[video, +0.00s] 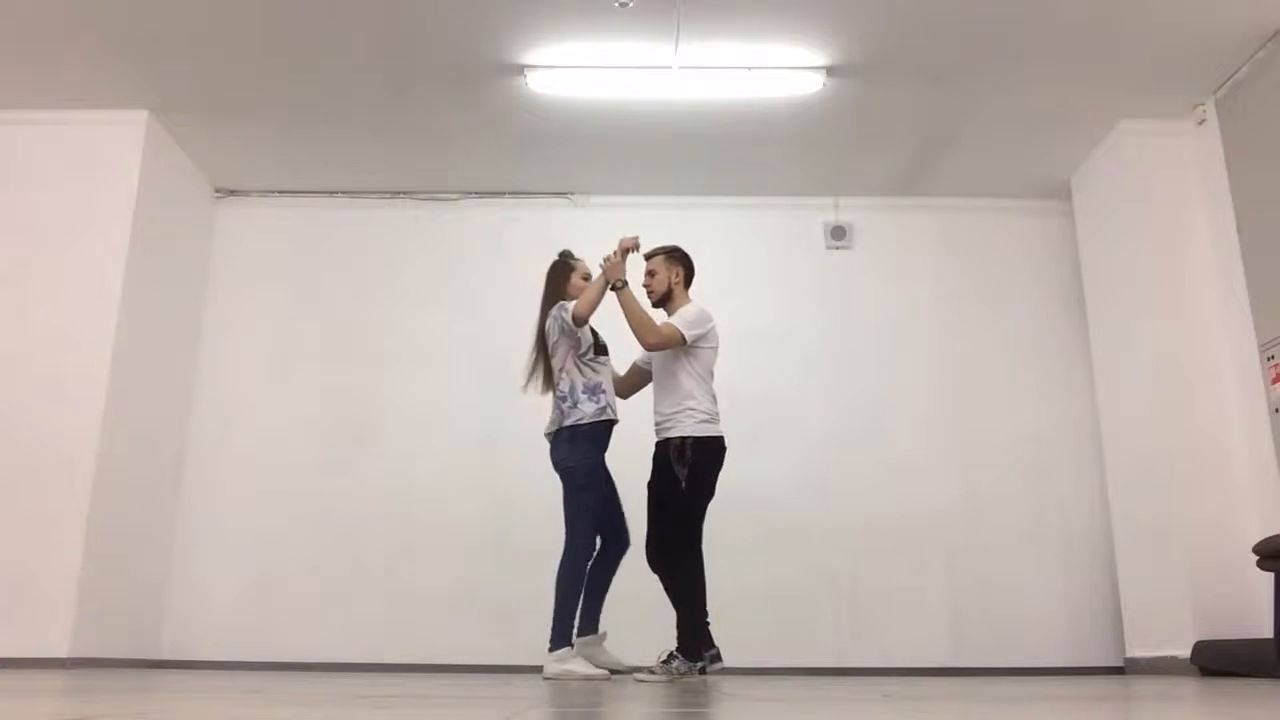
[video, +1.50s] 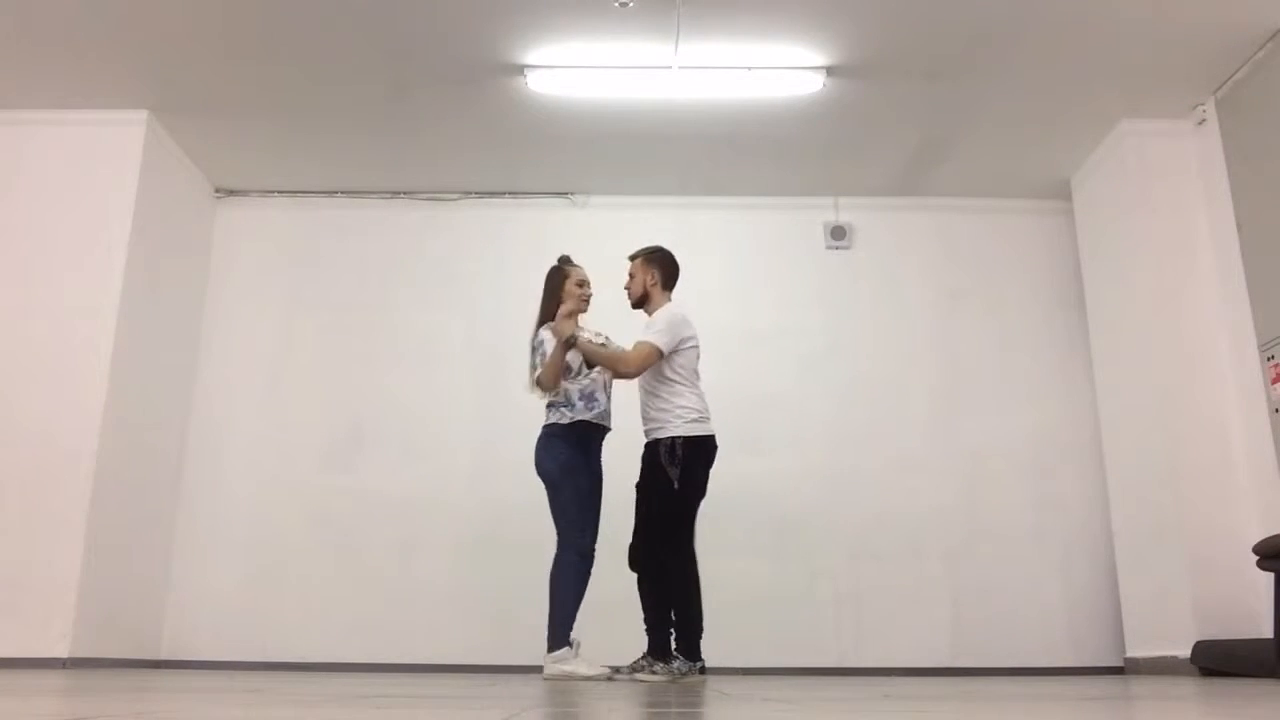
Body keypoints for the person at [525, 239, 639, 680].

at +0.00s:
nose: (592, 282)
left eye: (591, 277)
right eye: (583, 276)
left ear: (582, 284)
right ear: (562, 283)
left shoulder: (586, 333)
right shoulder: (559, 317)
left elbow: (621, 387)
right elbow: (582, 311)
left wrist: (661, 356)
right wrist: (612, 267)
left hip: (589, 440)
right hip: (576, 440)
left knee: (616, 540)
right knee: (579, 544)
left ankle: (587, 640)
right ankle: (559, 652)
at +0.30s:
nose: (597, 282)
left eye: (597, 276)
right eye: (588, 277)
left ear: (585, 281)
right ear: (566, 282)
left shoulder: (583, 320)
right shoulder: (570, 312)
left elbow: (613, 390)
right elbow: (601, 296)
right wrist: (633, 254)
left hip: (591, 432)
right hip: (579, 434)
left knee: (612, 538)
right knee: (599, 541)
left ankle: (579, 638)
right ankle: (563, 650)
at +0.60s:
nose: (602, 282)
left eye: (601, 275)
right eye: (594, 275)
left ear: (587, 281)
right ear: (574, 278)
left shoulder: (582, 317)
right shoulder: (575, 312)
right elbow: (614, 288)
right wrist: (648, 246)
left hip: (578, 441)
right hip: (572, 442)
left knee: (592, 543)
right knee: (595, 542)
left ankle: (566, 645)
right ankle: (562, 649)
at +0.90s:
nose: (605, 280)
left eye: (603, 275)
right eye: (598, 274)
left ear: (577, 279)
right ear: (582, 278)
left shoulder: (582, 319)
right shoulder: (579, 309)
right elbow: (616, 286)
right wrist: (644, 244)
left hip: (571, 442)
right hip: (581, 442)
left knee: (569, 545)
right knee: (594, 549)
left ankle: (515, 635)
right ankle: (563, 651)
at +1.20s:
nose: (600, 285)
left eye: (600, 280)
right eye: (592, 278)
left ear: (578, 286)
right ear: (575, 283)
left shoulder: (592, 338)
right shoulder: (565, 320)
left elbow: (625, 390)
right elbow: (596, 309)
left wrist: (664, 360)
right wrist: (614, 266)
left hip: (579, 446)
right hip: (571, 445)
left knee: (592, 546)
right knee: (596, 546)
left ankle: (535, 623)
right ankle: (563, 652)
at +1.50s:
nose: (587, 291)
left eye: (588, 286)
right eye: (579, 285)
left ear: (585, 293)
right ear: (559, 290)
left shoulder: (589, 336)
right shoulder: (546, 333)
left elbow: (621, 367)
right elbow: (547, 383)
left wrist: (600, 350)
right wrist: (563, 341)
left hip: (588, 444)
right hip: (563, 442)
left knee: (582, 546)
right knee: (573, 545)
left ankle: (562, 648)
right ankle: (558, 650)